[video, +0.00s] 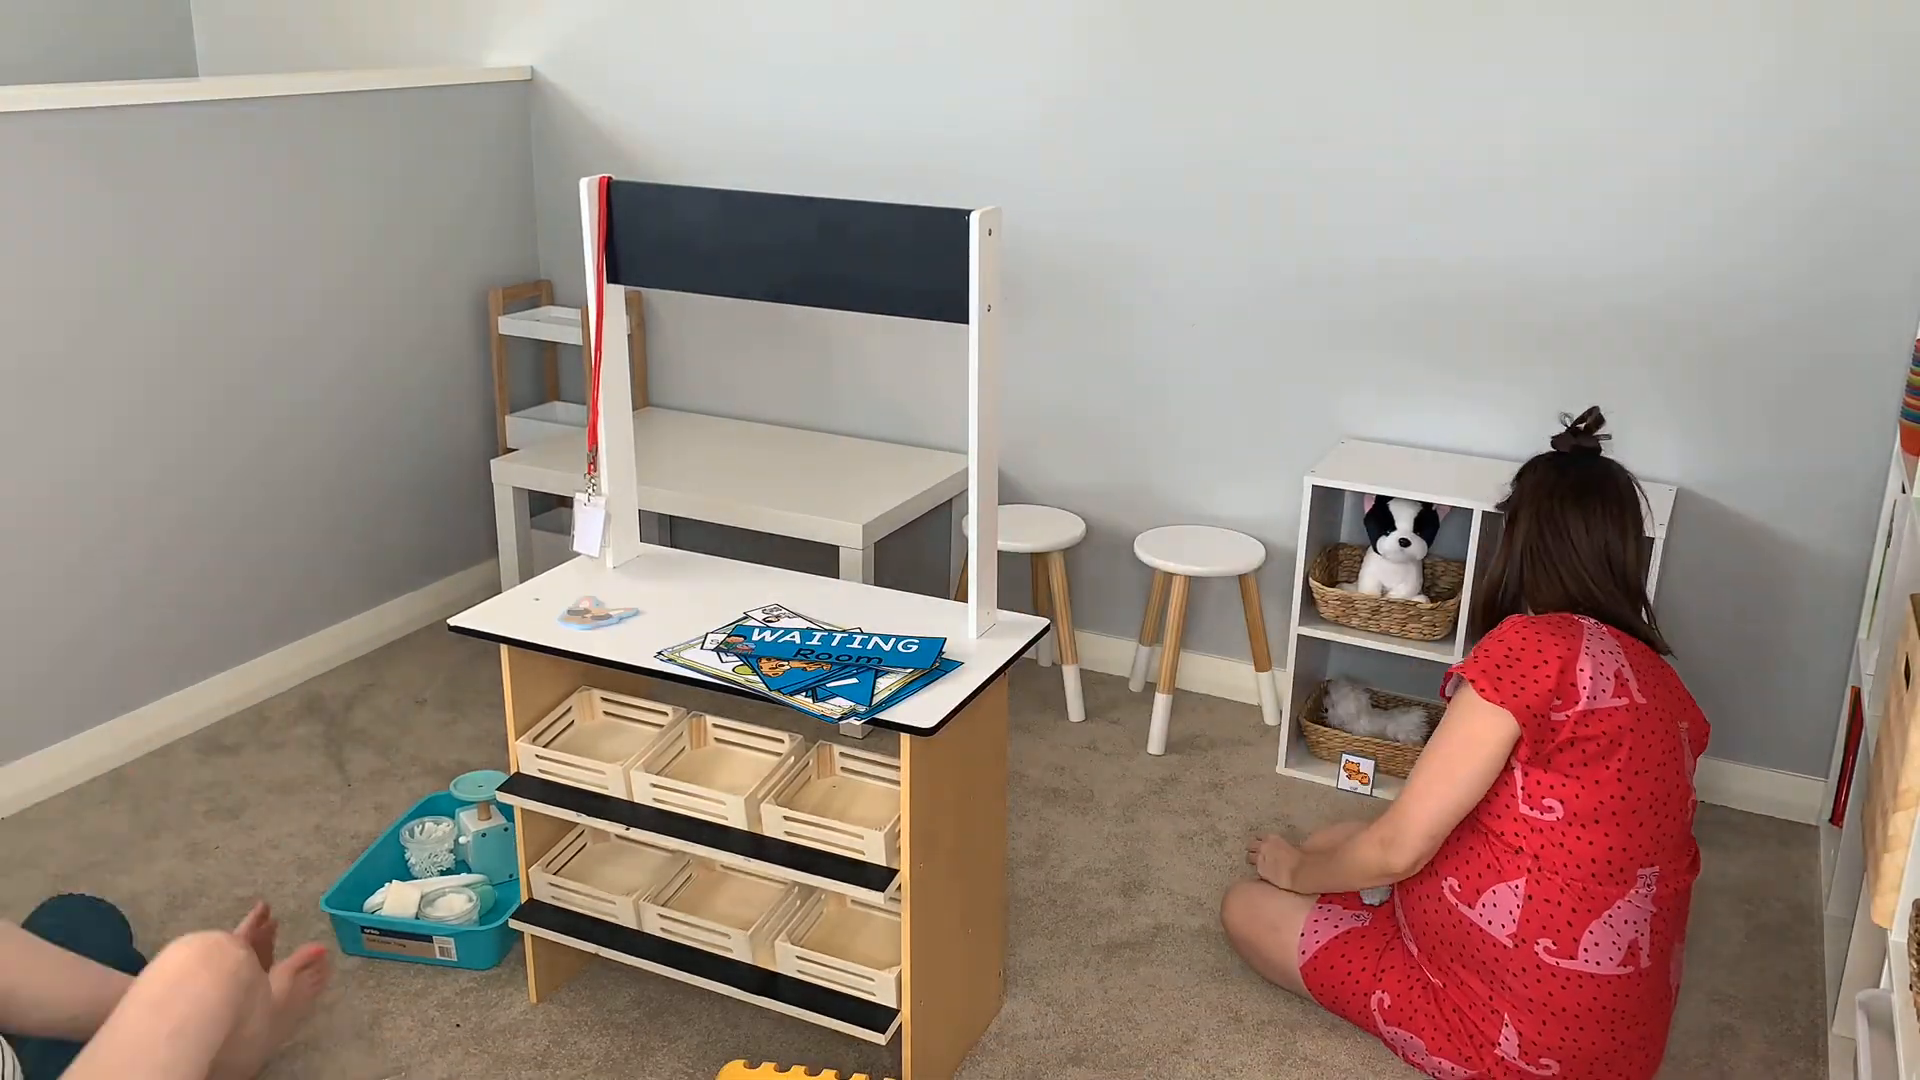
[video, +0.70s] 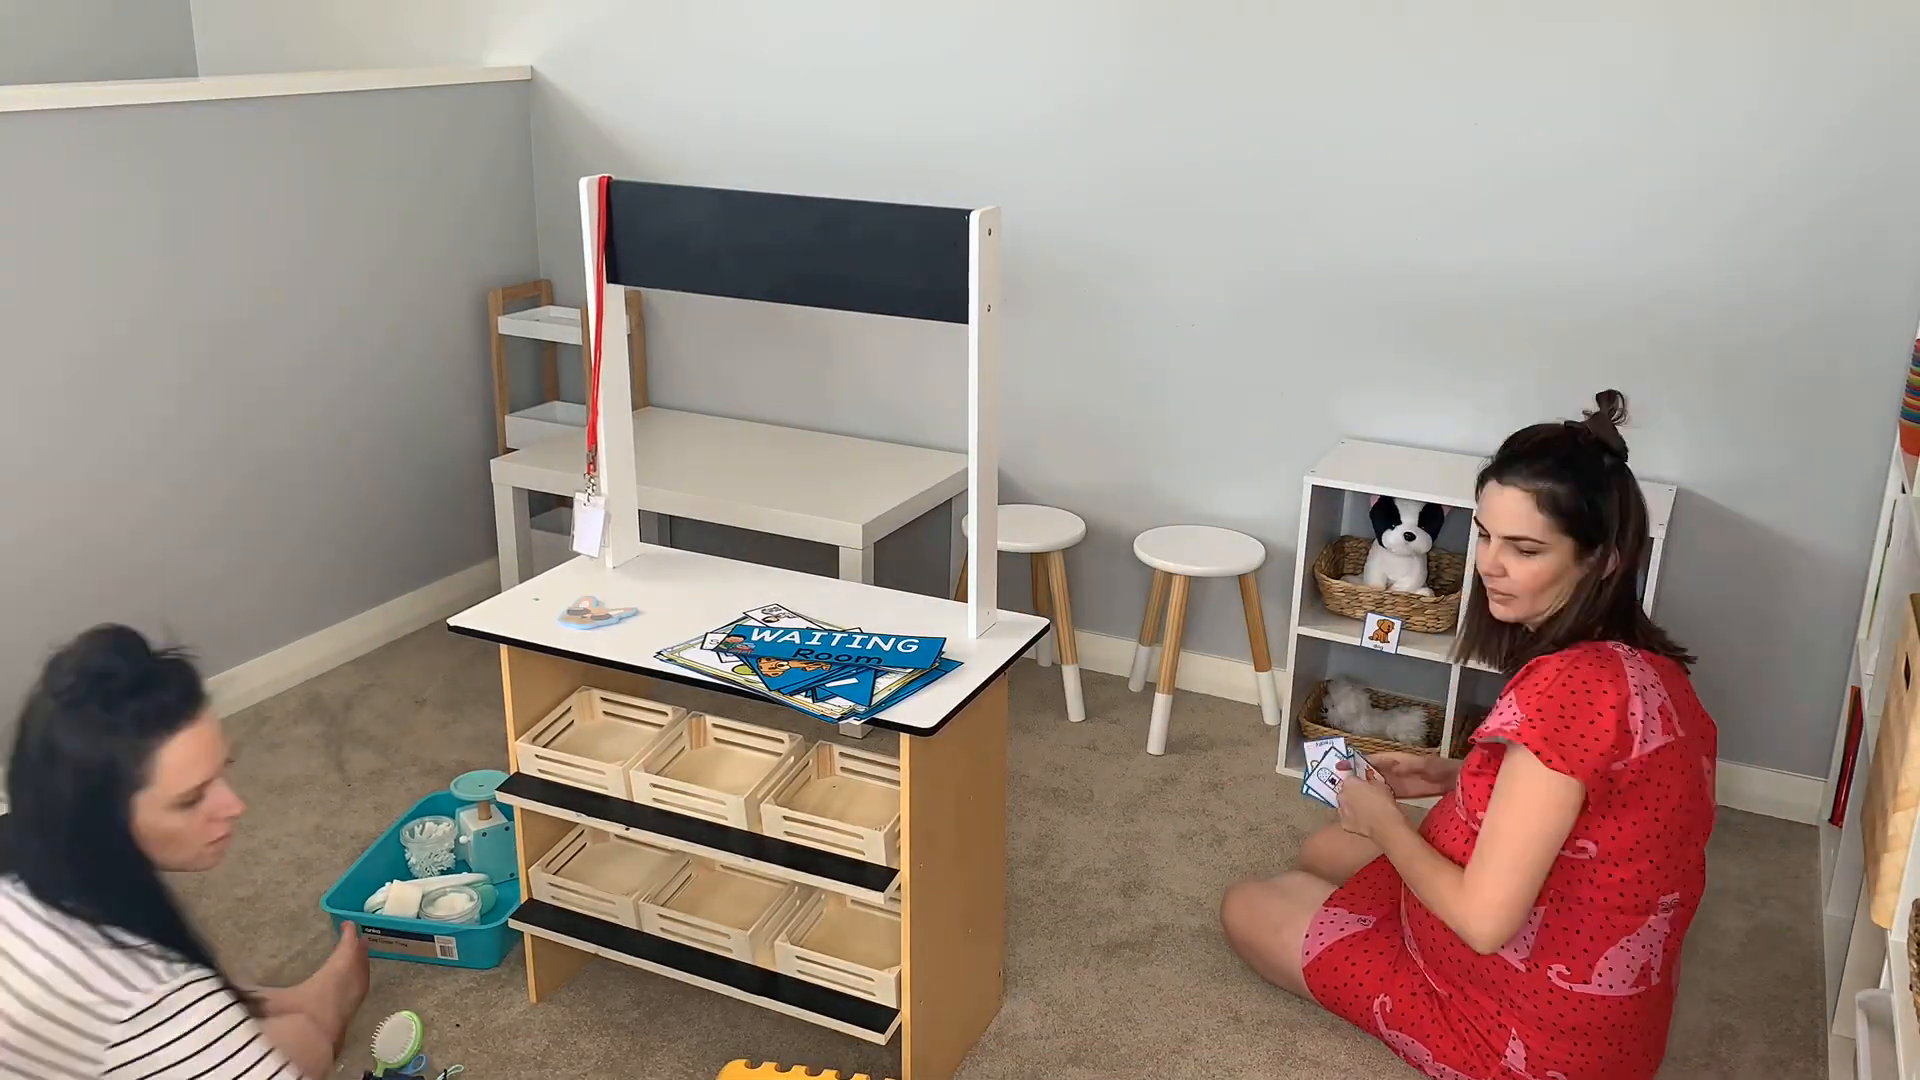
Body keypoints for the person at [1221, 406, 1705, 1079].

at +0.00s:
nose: (1501, 552)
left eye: (1507, 533)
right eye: (1507, 534)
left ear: (1520, 543)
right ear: (1625, 554)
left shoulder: (1534, 646)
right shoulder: (1663, 677)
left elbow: (1393, 850)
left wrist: (1295, 867)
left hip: (1510, 1029)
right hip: (1625, 1025)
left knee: (1246, 903)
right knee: (1343, 831)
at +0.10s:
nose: (1494, 539)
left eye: (1504, 524)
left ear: (1518, 533)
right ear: (1616, 554)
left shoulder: (1503, 635)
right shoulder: (1624, 665)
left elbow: (1379, 844)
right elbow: (1477, 801)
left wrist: (1292, 867)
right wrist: (1395, 683)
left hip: (1508, 1027)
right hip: (1623, 1019)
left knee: (1245, 905)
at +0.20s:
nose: (1504, 551)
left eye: (1509, 533)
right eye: (1509, 533)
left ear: (1523, 541)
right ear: (1623, 549)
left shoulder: (1535, 654)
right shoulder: (1671, 682)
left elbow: (1394, 857)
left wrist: (1297, 867)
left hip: (1506, 1029)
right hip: (1626, 1028)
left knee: (1246, 903)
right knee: (1345, 831)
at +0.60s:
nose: (1458, 582)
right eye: (1456, 563)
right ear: (1578, 556)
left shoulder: (1528, 644)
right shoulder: (1638, 662)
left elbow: (1440, 878)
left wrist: (1350, 885)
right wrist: (1371, 842)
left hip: (1529, 1025)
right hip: (1626, 1011)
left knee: (1249, 906)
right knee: (1348, 831)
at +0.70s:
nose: (1489, 566)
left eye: (1524, 548)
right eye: (1484, 535)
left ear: (1599, 559)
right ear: (1474, 523)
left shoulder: (1574, 684)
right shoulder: (1656, 671)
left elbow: (1483, 919)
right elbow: (1592, 808)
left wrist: (1382, 822)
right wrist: (1449, 776)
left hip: (1534, 1036)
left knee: (1247, 904)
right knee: (1327, 843)